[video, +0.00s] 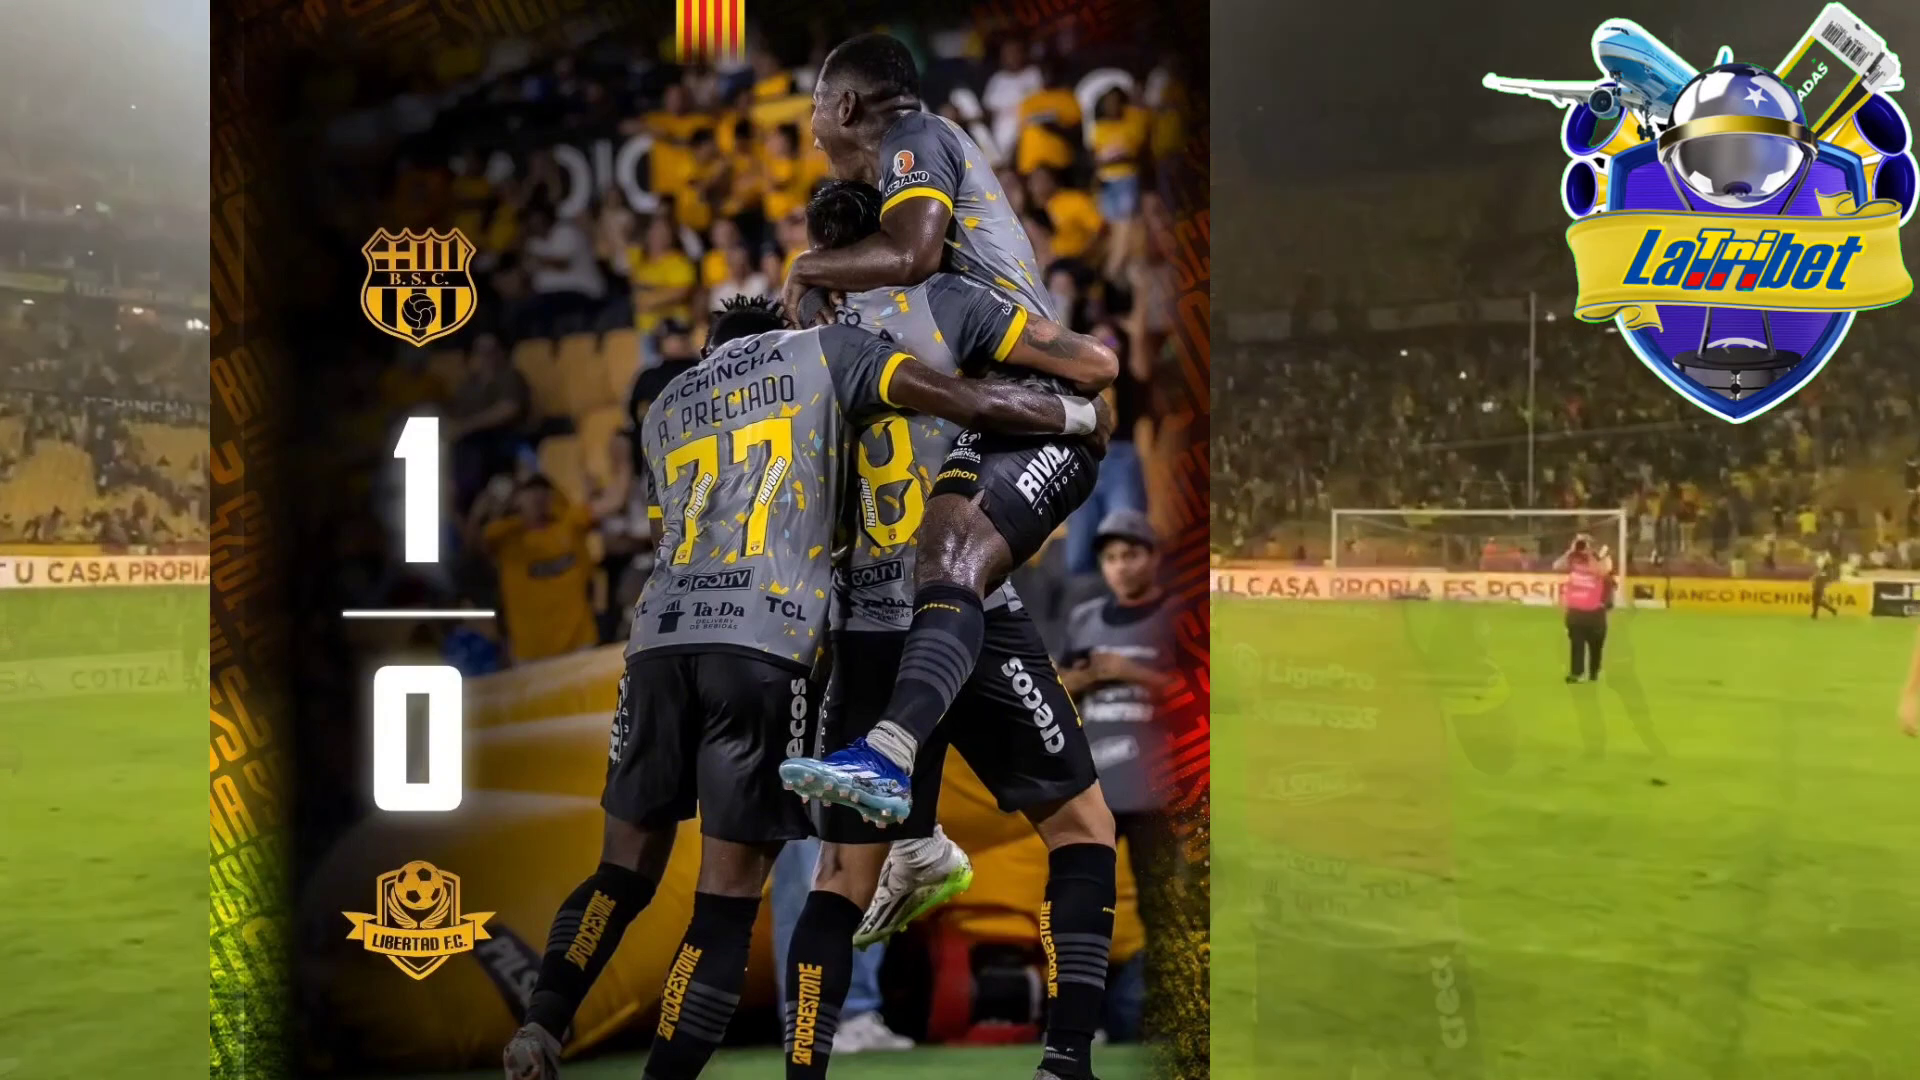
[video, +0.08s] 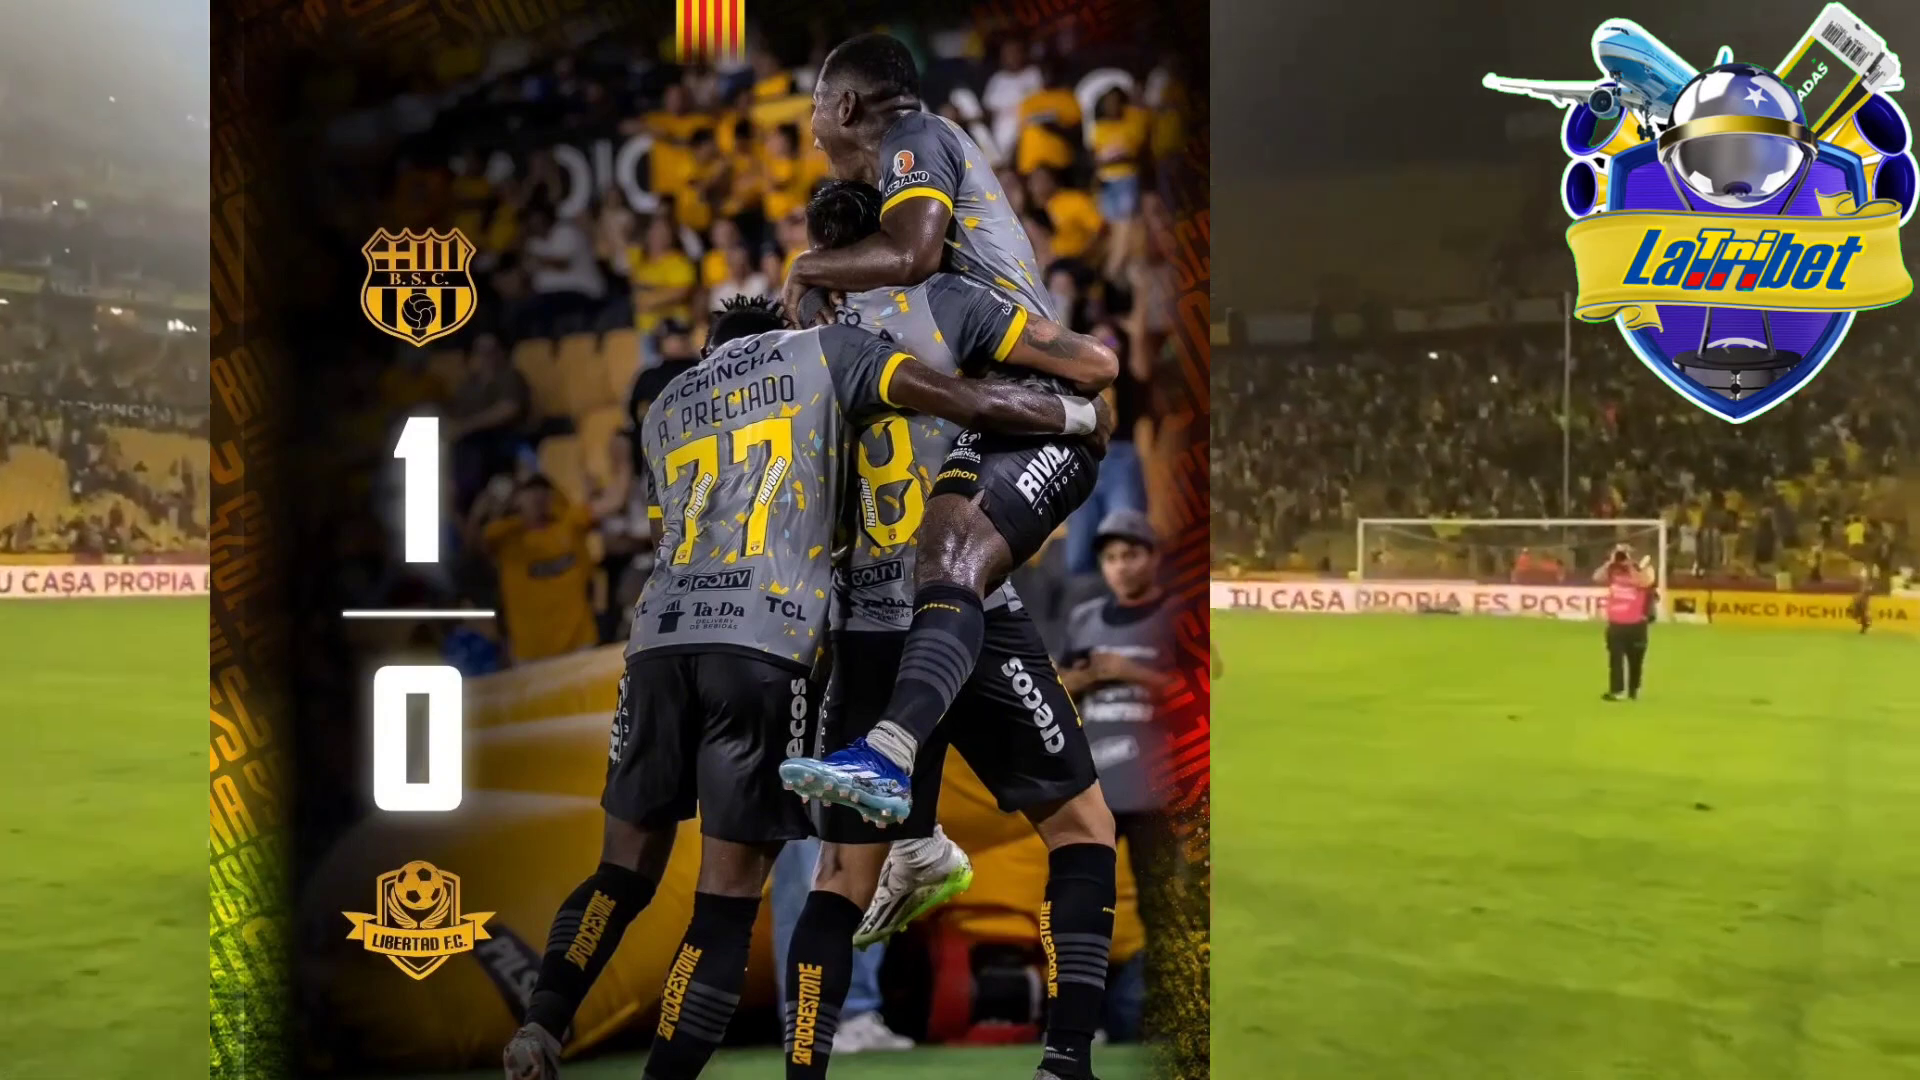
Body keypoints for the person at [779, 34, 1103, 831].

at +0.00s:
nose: (817, 129)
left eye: (821, 110)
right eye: (815, 112)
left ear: (856, 101)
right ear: (879, 103)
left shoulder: (915, 134)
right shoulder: (906, 160)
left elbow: (914, 249)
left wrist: (806, 265)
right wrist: (817, 295)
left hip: (1043, 399)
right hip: (983, 397)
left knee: (953, 554)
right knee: (900, 566)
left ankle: (888, 757)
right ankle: (916, 835)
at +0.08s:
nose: (815, 127)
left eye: (821, 108)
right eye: (815, 110)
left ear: (855, 102)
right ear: (880, 103)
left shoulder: (913, 133)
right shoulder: (903, 159)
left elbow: (914, 249)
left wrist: (807, 265)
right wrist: (811, 295)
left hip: (1043, 403)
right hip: (979, 402)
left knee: (953, 556)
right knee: (898, 565)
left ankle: (888, 758)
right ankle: (916, 836)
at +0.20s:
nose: (816, 127)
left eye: (821, 108)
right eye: (815, 110)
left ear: (856, 101)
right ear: (880, 103)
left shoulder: (913, 133)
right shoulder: (902, 160)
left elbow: (913, 250)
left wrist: (807, 264)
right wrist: (806, 300)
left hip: (1044, 401)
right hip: (984, 397)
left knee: (952, 557)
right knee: (901, 569)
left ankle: (889, 755)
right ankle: (915, 837)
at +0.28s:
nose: (814, 125)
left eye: (820, 105)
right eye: (814, 107)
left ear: (856, 101)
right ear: (879, 103)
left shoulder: (913, 133)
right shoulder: (900, 164)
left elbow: (913, 250)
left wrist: (806, 264)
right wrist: (806, 300)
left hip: (1045, 404)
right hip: (979, 401)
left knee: (952, 556)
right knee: (899, 571)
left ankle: (889, 756)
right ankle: (915, 837)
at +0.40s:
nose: (817, 128)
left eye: (822, 109)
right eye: (815, 111)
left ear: (856, 101)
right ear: (880, 102)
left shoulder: (913, 132)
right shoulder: (905, 159)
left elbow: (914, 249)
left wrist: (807, 264)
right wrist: (813, 296)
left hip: (1043, 398)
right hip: (982, 394)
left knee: (953, 554)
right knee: (898, 566)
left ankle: (889, 755)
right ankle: (915, 835)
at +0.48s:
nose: (817, 130)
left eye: (822, 111)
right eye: (815, 113)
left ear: (856, 101)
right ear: (879, 103)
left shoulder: (914, 133)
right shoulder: (906, 160)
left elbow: (914, 249)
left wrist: (806, 265)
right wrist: (817, 293)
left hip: (1042, 399)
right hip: (983, 397)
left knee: (953, 554)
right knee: (900, 566)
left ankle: (888, 757)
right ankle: (916, 835)